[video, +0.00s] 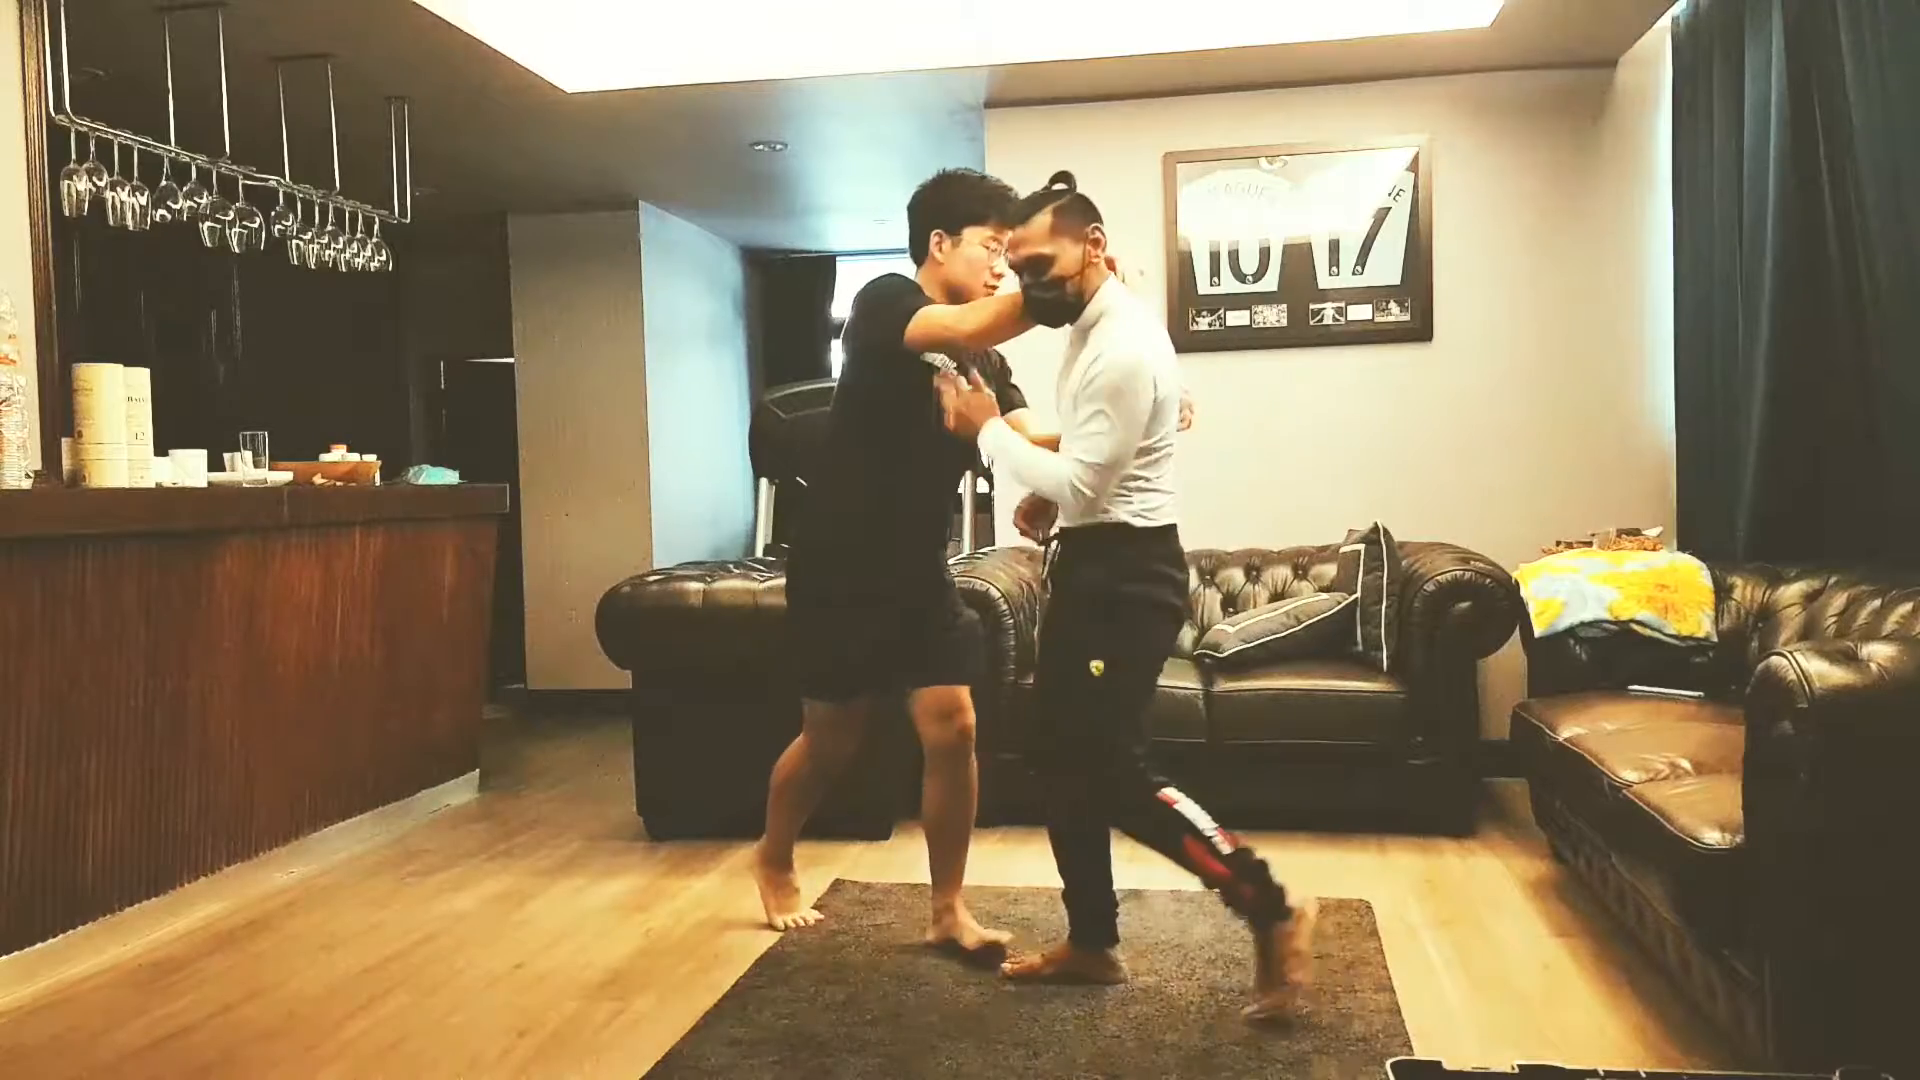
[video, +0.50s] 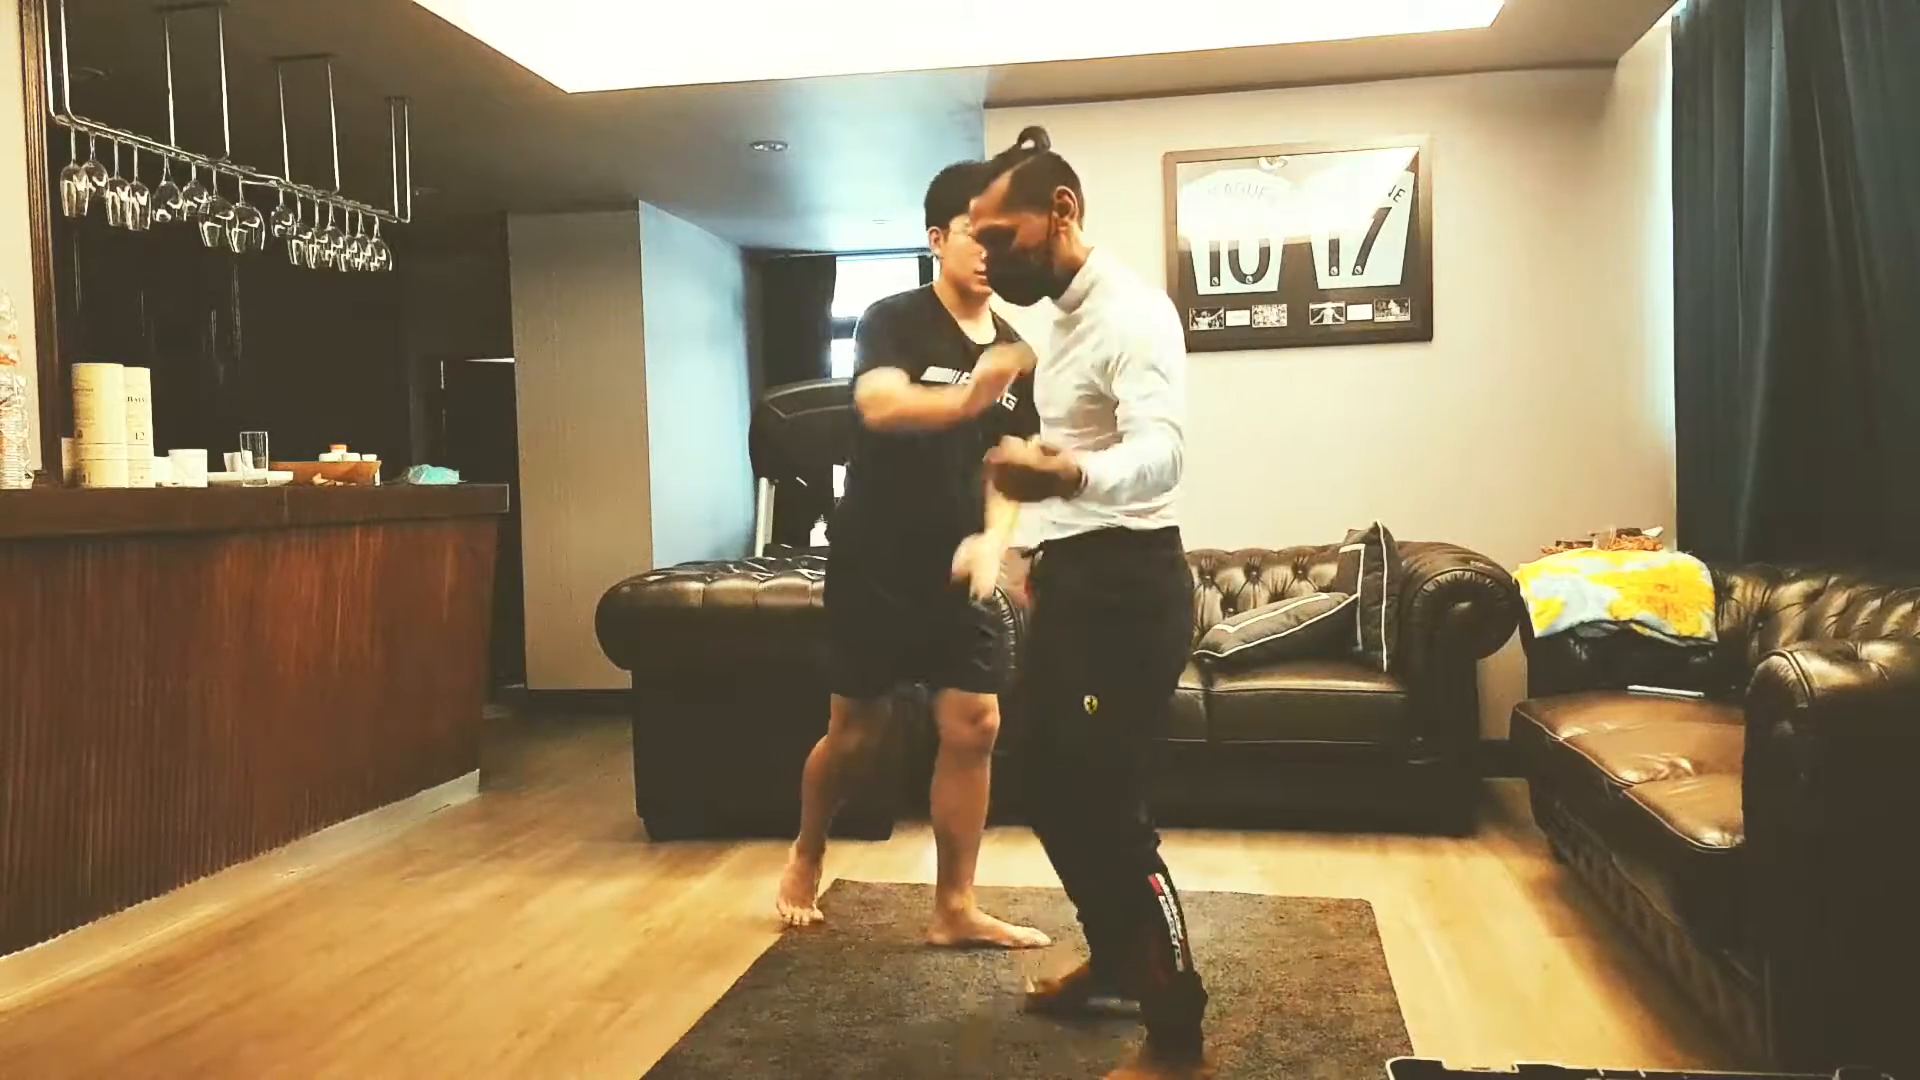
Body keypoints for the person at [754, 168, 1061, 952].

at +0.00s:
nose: (1003, 265)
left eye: (1006, 250)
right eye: (990, 245)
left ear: (966, 252)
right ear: (939, 242)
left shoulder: (977, 352)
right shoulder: (885, 298)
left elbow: (1030, 442)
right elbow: (971, 328)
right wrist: (1059, 279)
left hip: (919, 556)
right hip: (840, 553)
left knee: (952, 725)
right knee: (832, 737)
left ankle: (948, 908)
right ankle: (772, 862)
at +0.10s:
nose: (1011, 263)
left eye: (1013, 248)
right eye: (998, 243)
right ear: (946, 239)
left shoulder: (985, 351)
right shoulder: (889, 298)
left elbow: (1034, 436)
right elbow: (952, 335)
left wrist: (1133, 424)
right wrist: (1059, 280)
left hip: (933, 559)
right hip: (855, 555)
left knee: (968, 721)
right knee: (842, 735)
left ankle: (952, 905)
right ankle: (777, 855)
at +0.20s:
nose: (1013, 262)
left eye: (1017, 248)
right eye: (1001, 244)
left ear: (974, 249)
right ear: (951, 242)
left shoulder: (997, 350)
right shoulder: (899, 303)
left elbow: (1037, 441)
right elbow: (946, 344)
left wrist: (1110, 430)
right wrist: (1056, 283)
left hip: (949, 551)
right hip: (867, 548)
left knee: (978, 724)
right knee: (861, 747)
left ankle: (956, 908)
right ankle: (782, 853)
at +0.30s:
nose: (1011, 263)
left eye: (1015, 249)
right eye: (996, 246)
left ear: (1008, 249)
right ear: (947, 243)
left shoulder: (1009, 350)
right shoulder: (902, 306)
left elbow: (1035, 445)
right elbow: (938, 343)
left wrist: (1046, 470)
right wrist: (1038, 291)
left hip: (958, 565)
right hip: (876, 560)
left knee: (984, 725)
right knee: (864, 746)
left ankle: (957, 908)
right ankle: (791, 851)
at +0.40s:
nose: (1003, 257)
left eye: (1009, 243)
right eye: (986, 240)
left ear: (1015, 246)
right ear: (941, 240)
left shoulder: (1006, 339)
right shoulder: (904, 305)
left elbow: (1023, 450)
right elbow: (921, 357)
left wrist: (1038, 498)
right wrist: (1026, 326)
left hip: (962, 564)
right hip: (879, 558)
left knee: (981, 727)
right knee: (859, 742)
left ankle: (956, 907)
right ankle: (802, 852)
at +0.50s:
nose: (988, 249)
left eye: (997, 235)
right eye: (972, 234)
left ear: (1009, 242)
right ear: (935, 237)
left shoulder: (1010, 346)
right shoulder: (892, 319)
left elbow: (1010, 456)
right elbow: (878, 405)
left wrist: (994, 538)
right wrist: (965, 399)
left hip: (967, 553)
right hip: (877, 549)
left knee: (974, 726)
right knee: (850, 729)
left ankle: (954, 904)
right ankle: (807, 855)